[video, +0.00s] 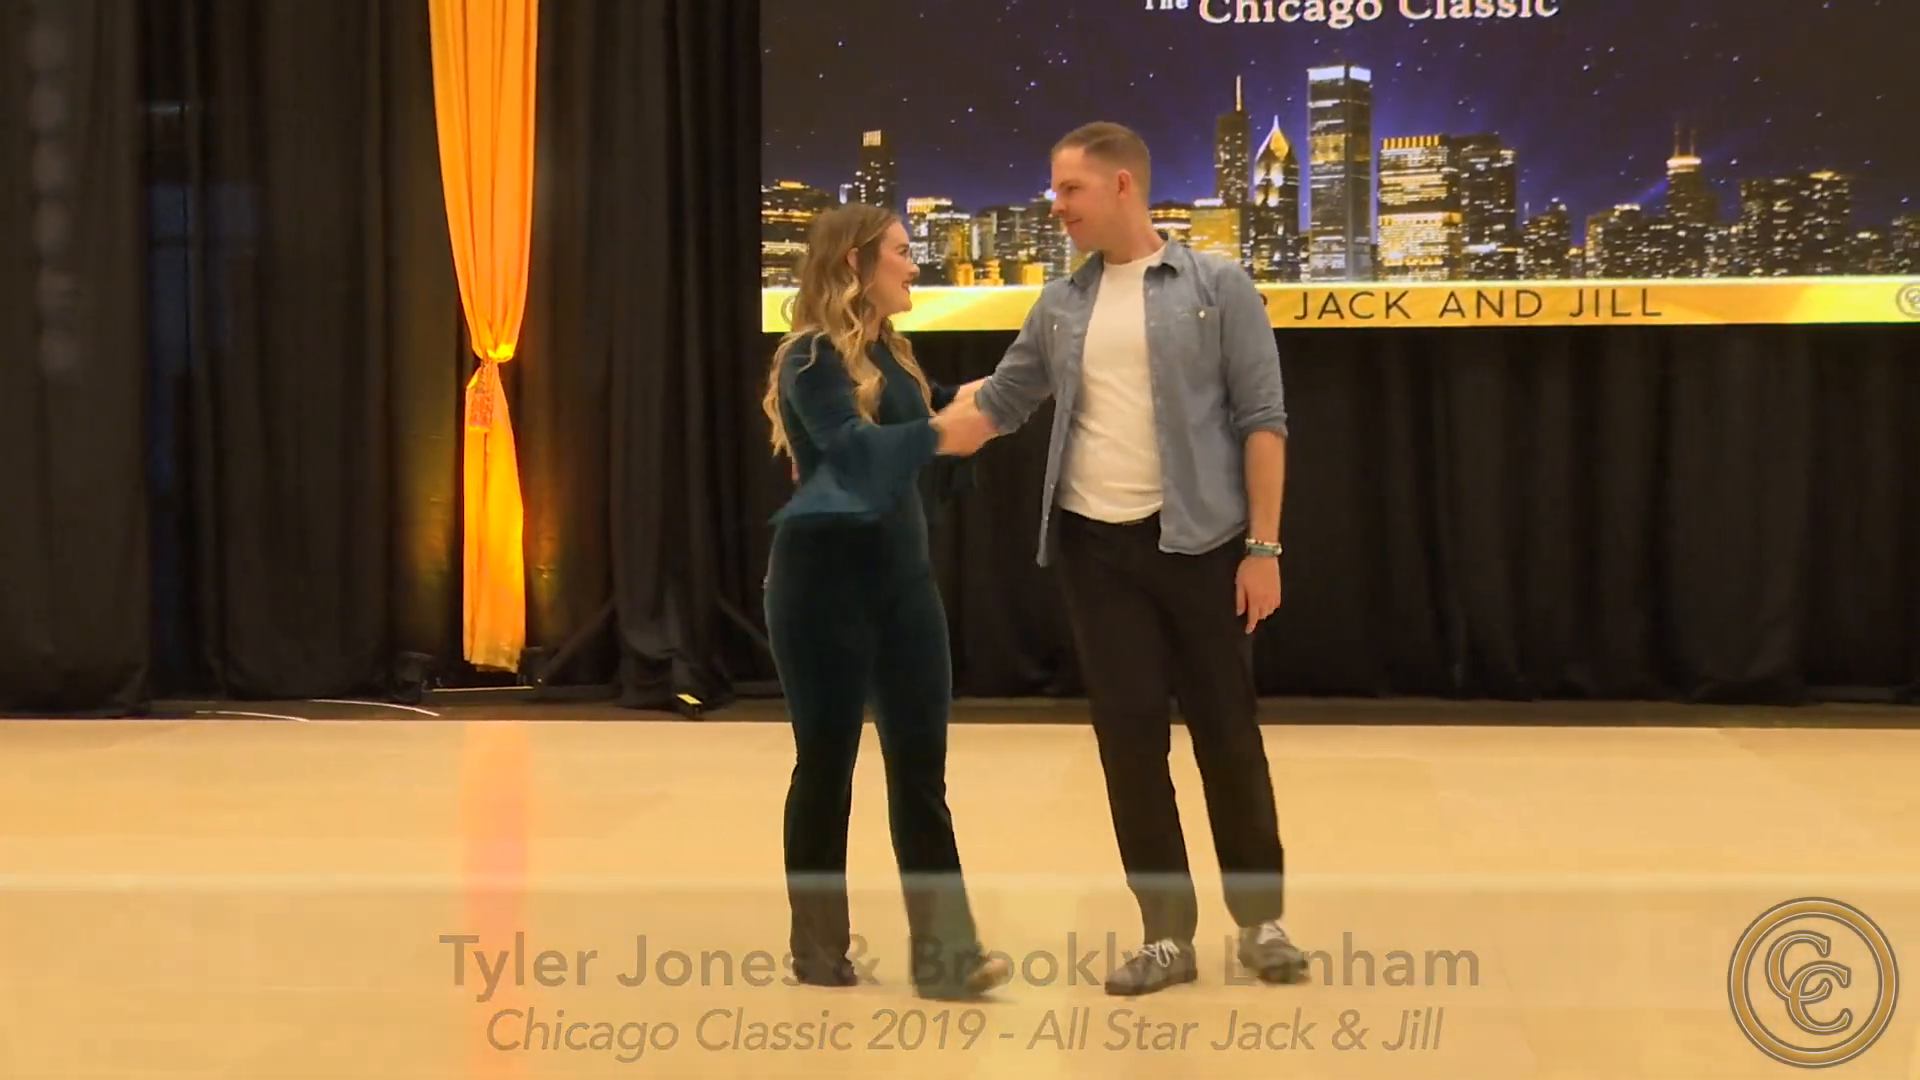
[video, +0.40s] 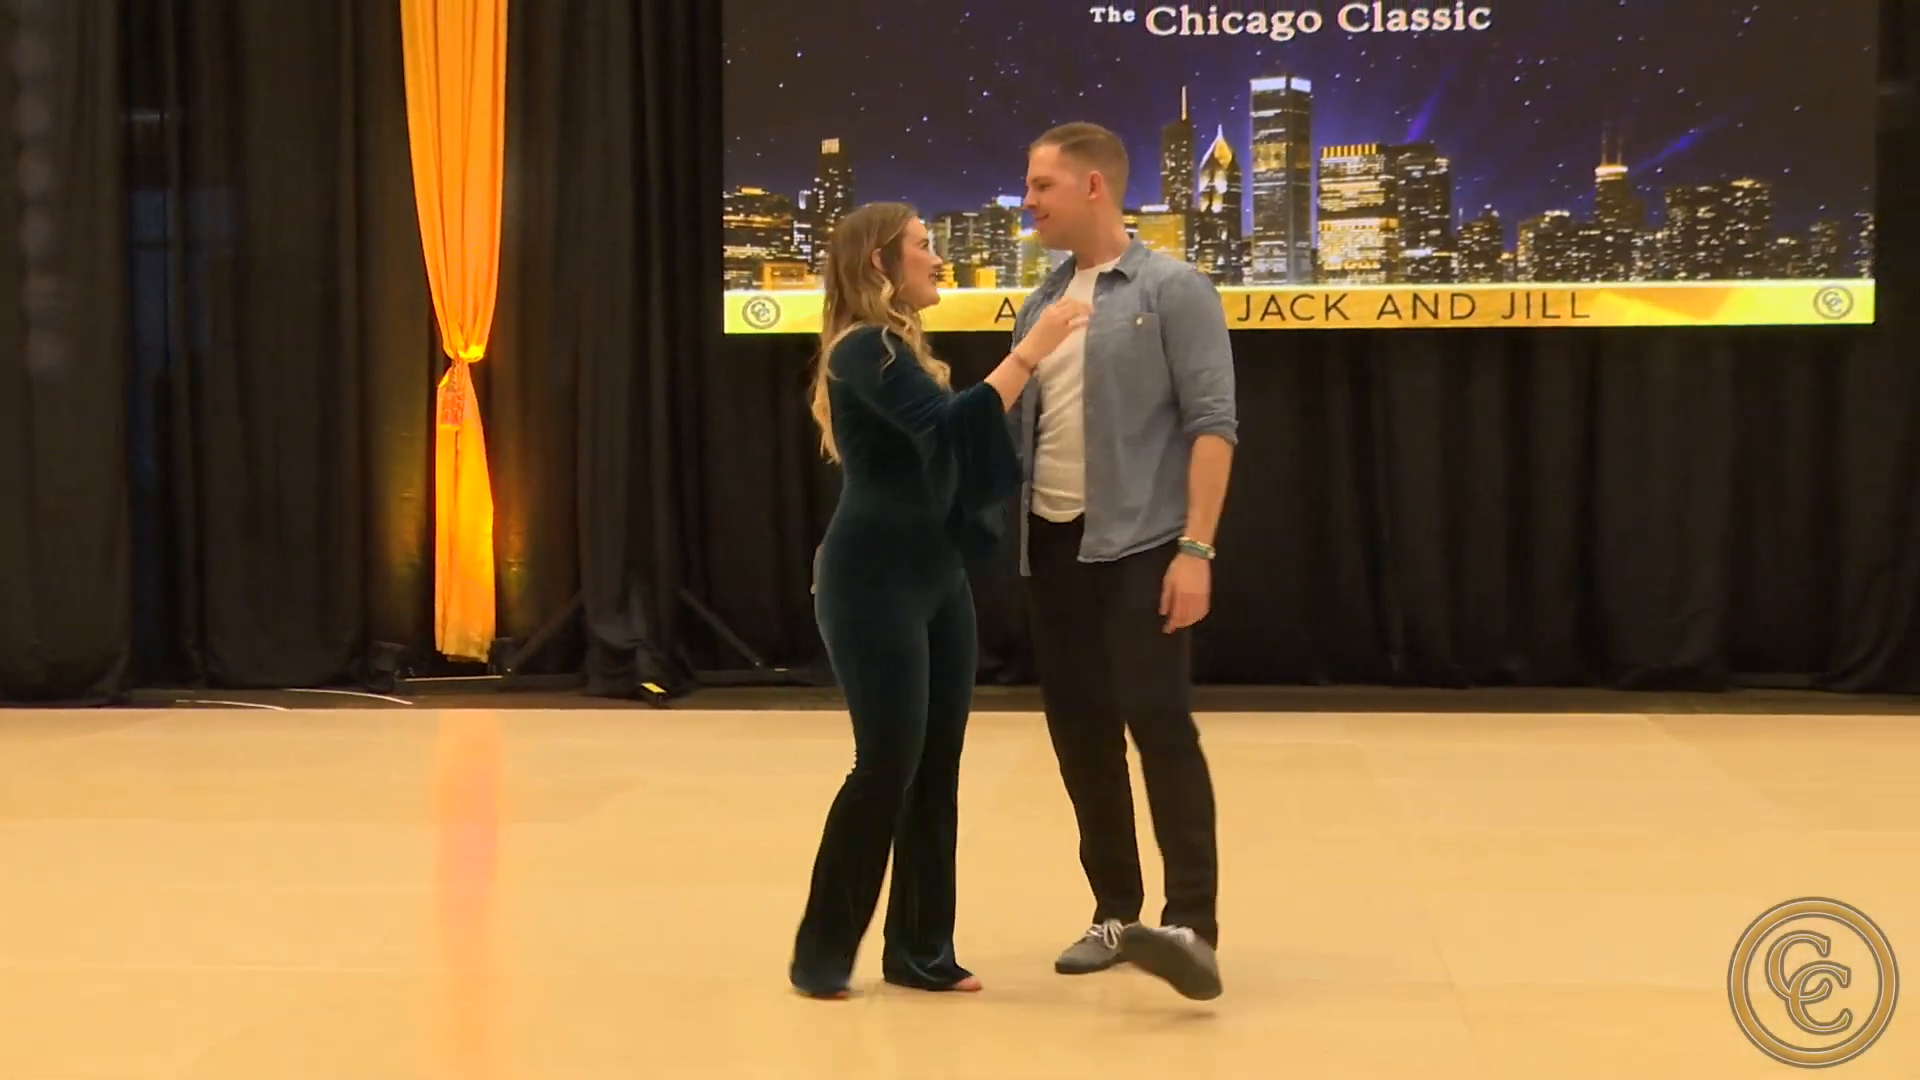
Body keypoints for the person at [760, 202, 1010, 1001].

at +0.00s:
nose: (914, 264)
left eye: (910, 251)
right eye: (901, 251)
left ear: (875, 266)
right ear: (855, 264)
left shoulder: (897, 361)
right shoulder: (810, 355)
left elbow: (925, 474)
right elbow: (849, 448)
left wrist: (958, 431)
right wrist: (937, 430)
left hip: (903, 576)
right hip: (821, 578)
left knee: (919, 769)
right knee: (824, 763)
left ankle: (944, 954)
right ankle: (818, 948)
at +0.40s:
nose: (938, 260)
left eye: (934, 247)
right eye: (925, 247)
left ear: (883, 264)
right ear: (880, 262)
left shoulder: (913, 351)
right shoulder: (864, 346)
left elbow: (963, 470)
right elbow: (936, 425)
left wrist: (1025, 375)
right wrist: (1025, 356)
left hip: (939, 575)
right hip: (872, 578)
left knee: (936, 768)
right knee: (886, 765)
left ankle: (920, 953)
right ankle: (821, 956)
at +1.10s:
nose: (951, 249)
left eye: (948, 237)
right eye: (936, 237)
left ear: (899, 256)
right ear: (890, 253)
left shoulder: (919, 333)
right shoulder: (886, 336)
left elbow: (976, 414)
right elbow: (957, 416)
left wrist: (1023, 340)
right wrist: (1003, 347)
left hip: (926, 566)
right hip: (895, 570)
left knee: (953, 727)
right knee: (918, 742)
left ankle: (890, 906)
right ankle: (902, 941)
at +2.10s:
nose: (951, 275)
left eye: (948, 264)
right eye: (937, 265)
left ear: (904, 281)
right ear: (897, 280)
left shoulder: (919, 354)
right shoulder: (893, 360)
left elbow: (976, 426)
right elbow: (969, 438)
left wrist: (1012, 357)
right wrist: (1010, 364)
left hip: (921, 557)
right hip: (901, 561)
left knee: (909, 729)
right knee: (898, 734)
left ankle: (904, 878)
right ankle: (886, 904)